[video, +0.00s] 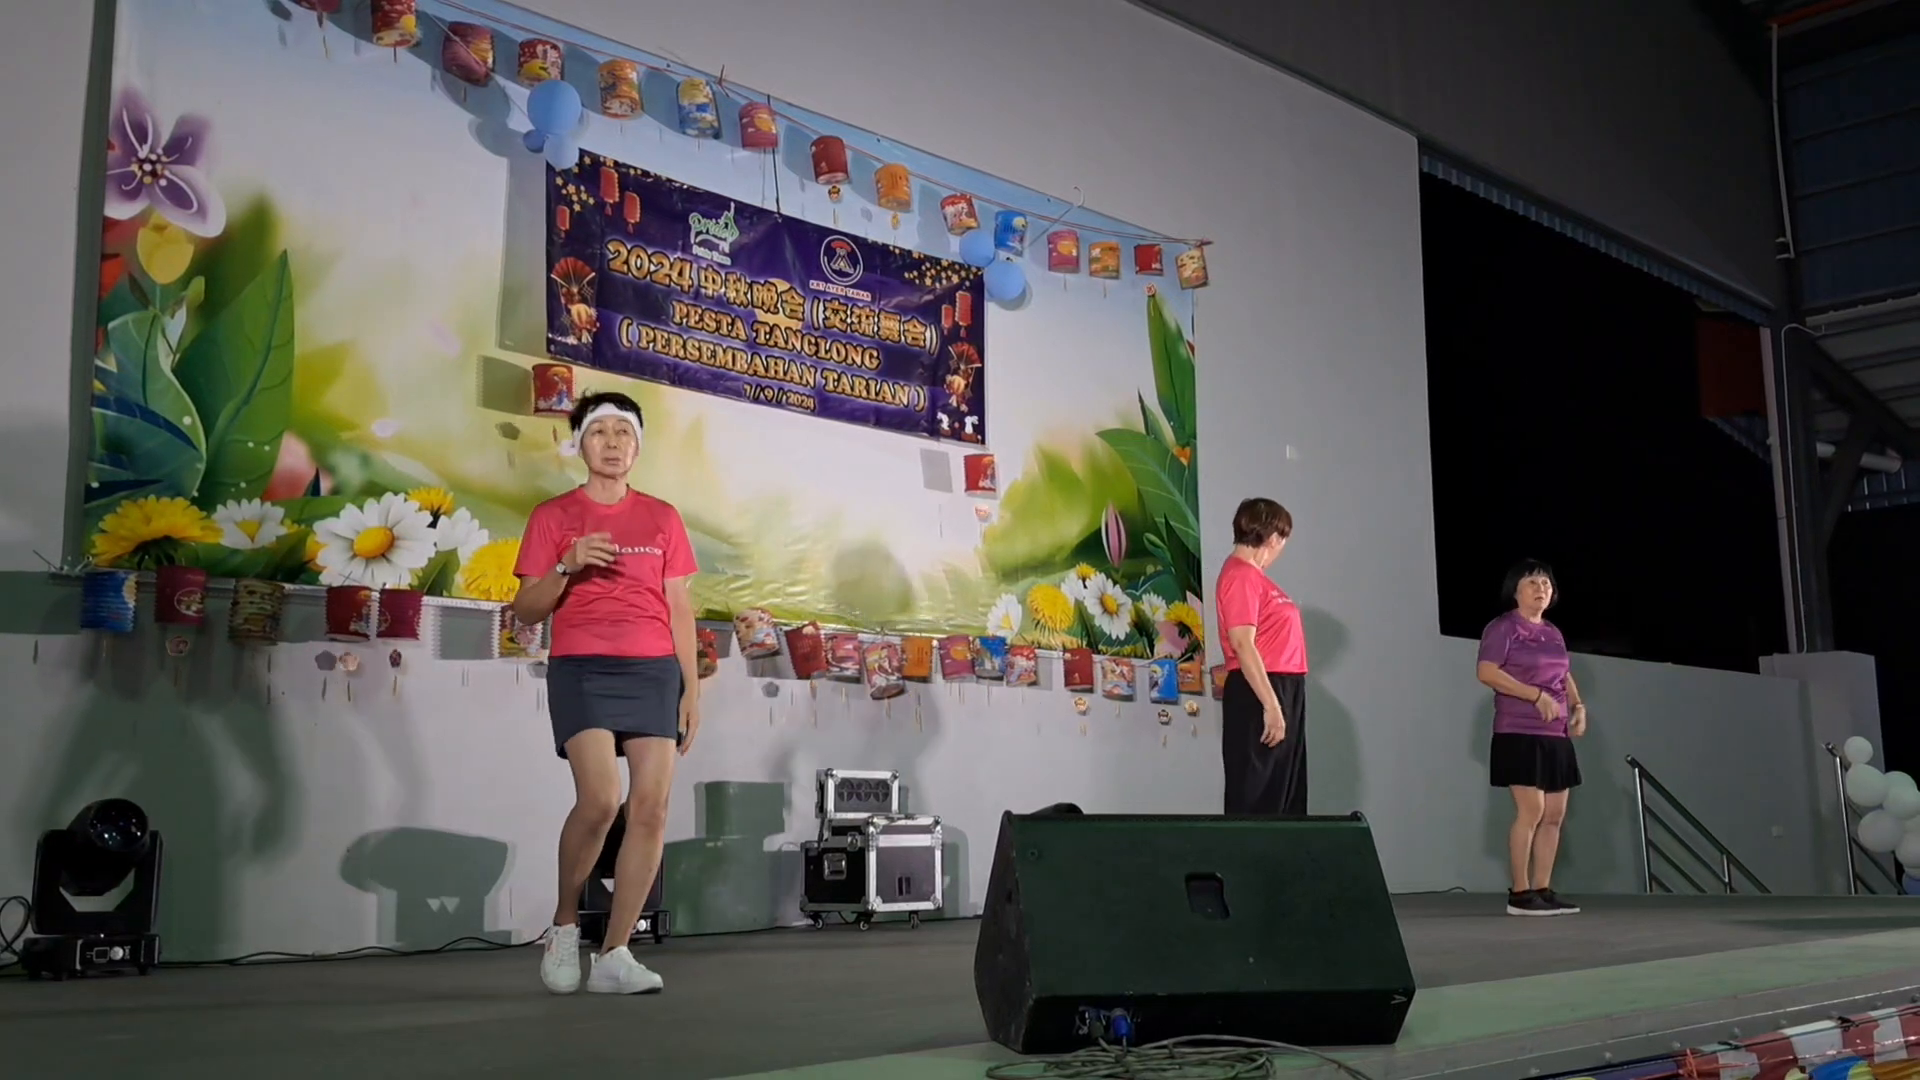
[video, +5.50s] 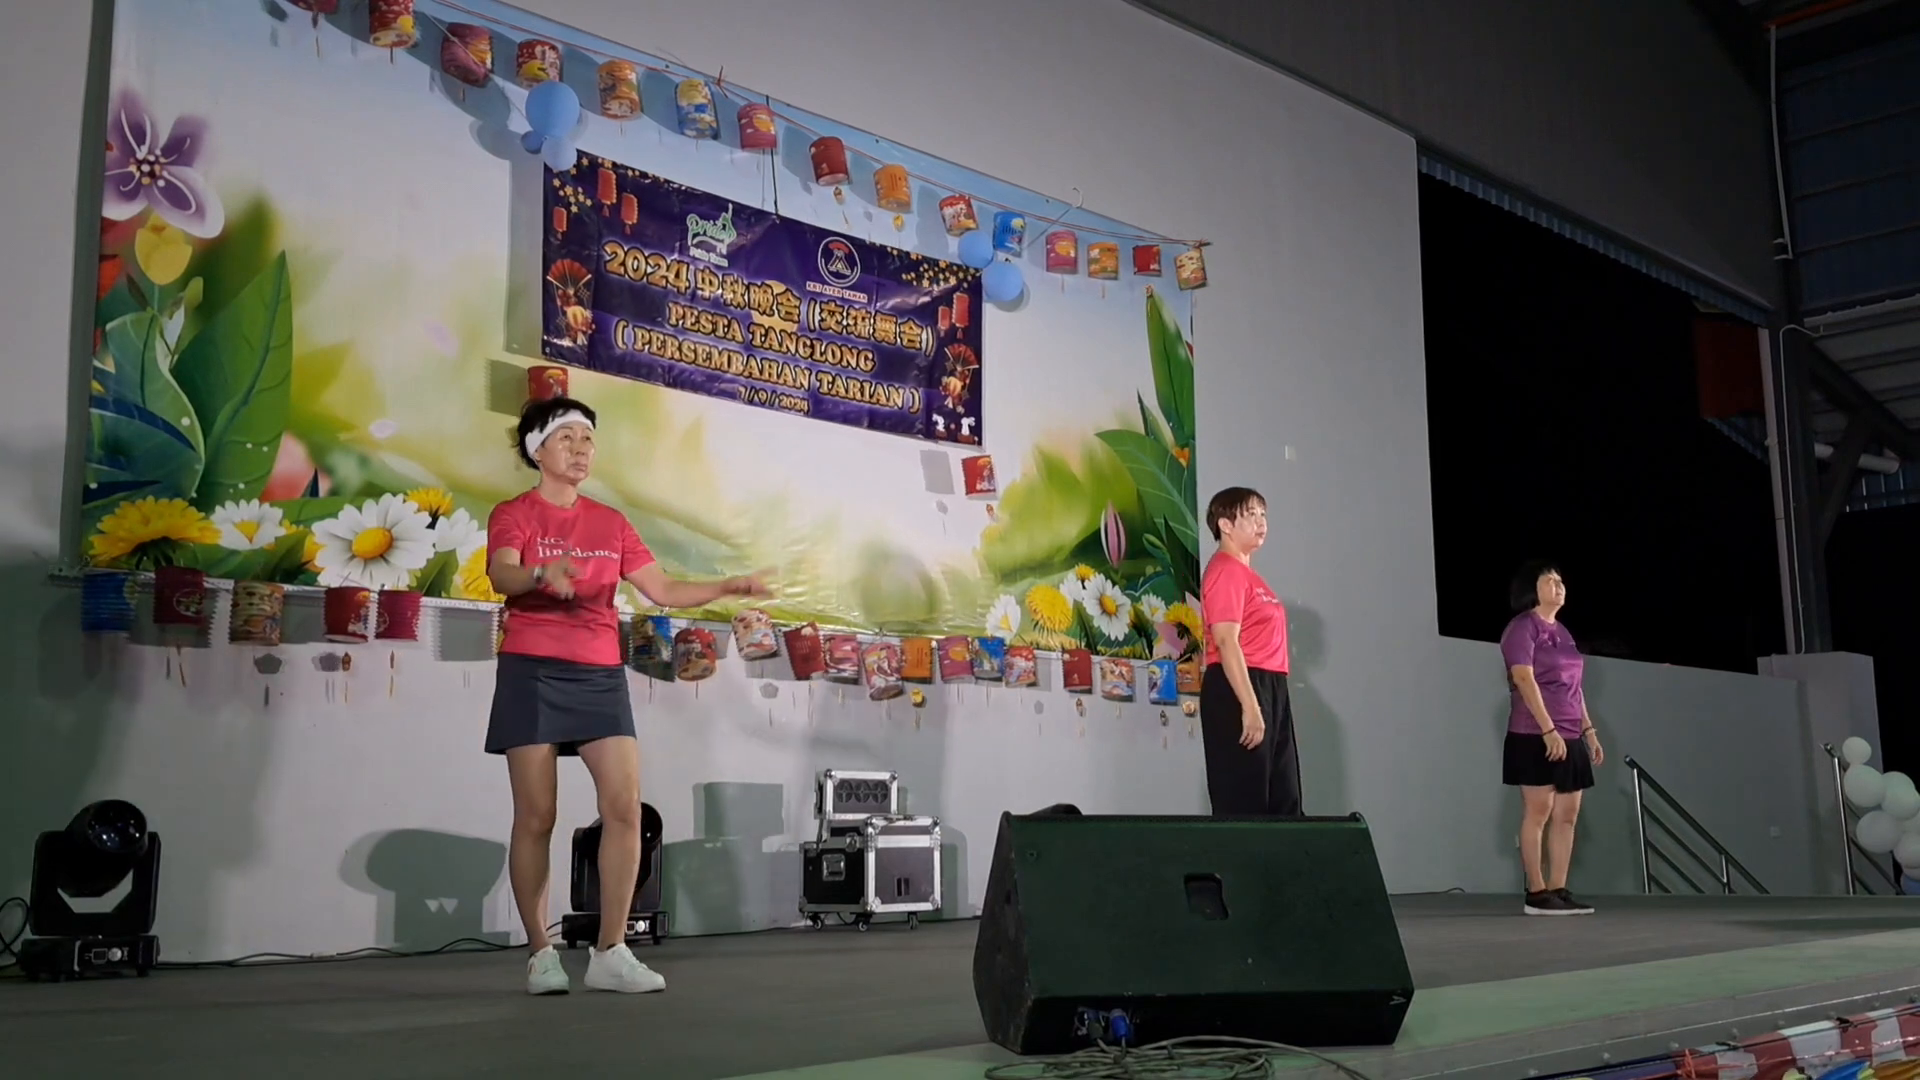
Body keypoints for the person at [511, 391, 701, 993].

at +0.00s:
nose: (612, 441)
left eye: (624, 432)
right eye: (599, 431)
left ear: (638, 447)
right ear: (580, 445)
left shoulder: (663, 517)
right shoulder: (553, 515)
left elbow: (681, 607)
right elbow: (527, 608)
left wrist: (691, 686)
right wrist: (567, 566)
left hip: (657, 672)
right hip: (580, 669)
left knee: (653, 807)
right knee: (600, 800)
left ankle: (615, 952)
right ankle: (564, 928)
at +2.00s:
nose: (590, 450)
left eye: (596, 442)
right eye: (577, 440)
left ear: (602, 454)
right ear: (546, 451)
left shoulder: (617, 522)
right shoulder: (522, 517)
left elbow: (627, 610)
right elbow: (517, 603)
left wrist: (630, 675)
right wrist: (582, 562)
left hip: (609, 677)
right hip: (540, 677)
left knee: (630, 794)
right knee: (540, 815)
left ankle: (620, 941)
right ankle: (542, 948)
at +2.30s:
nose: (608, 443)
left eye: (613, 436)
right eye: (594, 435)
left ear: (620, 453)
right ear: (565, 450)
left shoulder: (639, 522)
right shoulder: (547, 511)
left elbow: (649, 607)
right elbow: (550, 593)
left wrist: (658, 668)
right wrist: (617, 617)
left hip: (638, 675)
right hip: (572, 673)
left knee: (638, 810)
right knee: (560, 819)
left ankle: (618, 950)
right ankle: (545, 946)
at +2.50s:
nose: (633, 449)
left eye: (638, 442)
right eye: (619, 439)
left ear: (642, 455)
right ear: (587, 451)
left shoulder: (657, 526)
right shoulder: (565, 514)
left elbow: (677, 616)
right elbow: (567, 606)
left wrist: (694, 692)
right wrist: (579, 688)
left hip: (664, 677)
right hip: (597, 675)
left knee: (652, 814)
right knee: (591, 818)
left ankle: (621, 950)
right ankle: (553, 931)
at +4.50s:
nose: (596, 448)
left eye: (601, 440)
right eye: (583, 438)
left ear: (606, 453)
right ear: (551, 448)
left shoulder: (617, 523)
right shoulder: (518, 520)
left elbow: (632, 614)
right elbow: (491, 612)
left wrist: (646, 684)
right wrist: (539, 664)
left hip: (611, 681)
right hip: (538, 678)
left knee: (637, 800)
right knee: (542, 813)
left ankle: (617, 942)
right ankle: (542, 949)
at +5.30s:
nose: (583, 446)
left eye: (589, 438)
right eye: (570, 436)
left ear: (595, 449)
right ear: (538, 447)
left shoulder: (609, 521)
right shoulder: (515, 514)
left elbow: (651, 603)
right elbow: (502, 591)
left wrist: (710, 661)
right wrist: (516, 648)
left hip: (602, 676)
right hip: (534, 673)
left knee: (624, 807)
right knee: (537, 815)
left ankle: (609, 951)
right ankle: (542, 949)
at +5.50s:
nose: (580, 448)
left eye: (587, 438)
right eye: (566, 438)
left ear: (593, 450)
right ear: (536, 450)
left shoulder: (611, 523)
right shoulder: (513, 516)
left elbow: (664, 591)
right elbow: (503, 580)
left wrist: (731, 586)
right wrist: (540, 577)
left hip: (600, 676)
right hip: (530, 674)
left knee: (624, 807)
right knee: (536, 816)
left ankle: (610, 950)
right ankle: (542, 950)